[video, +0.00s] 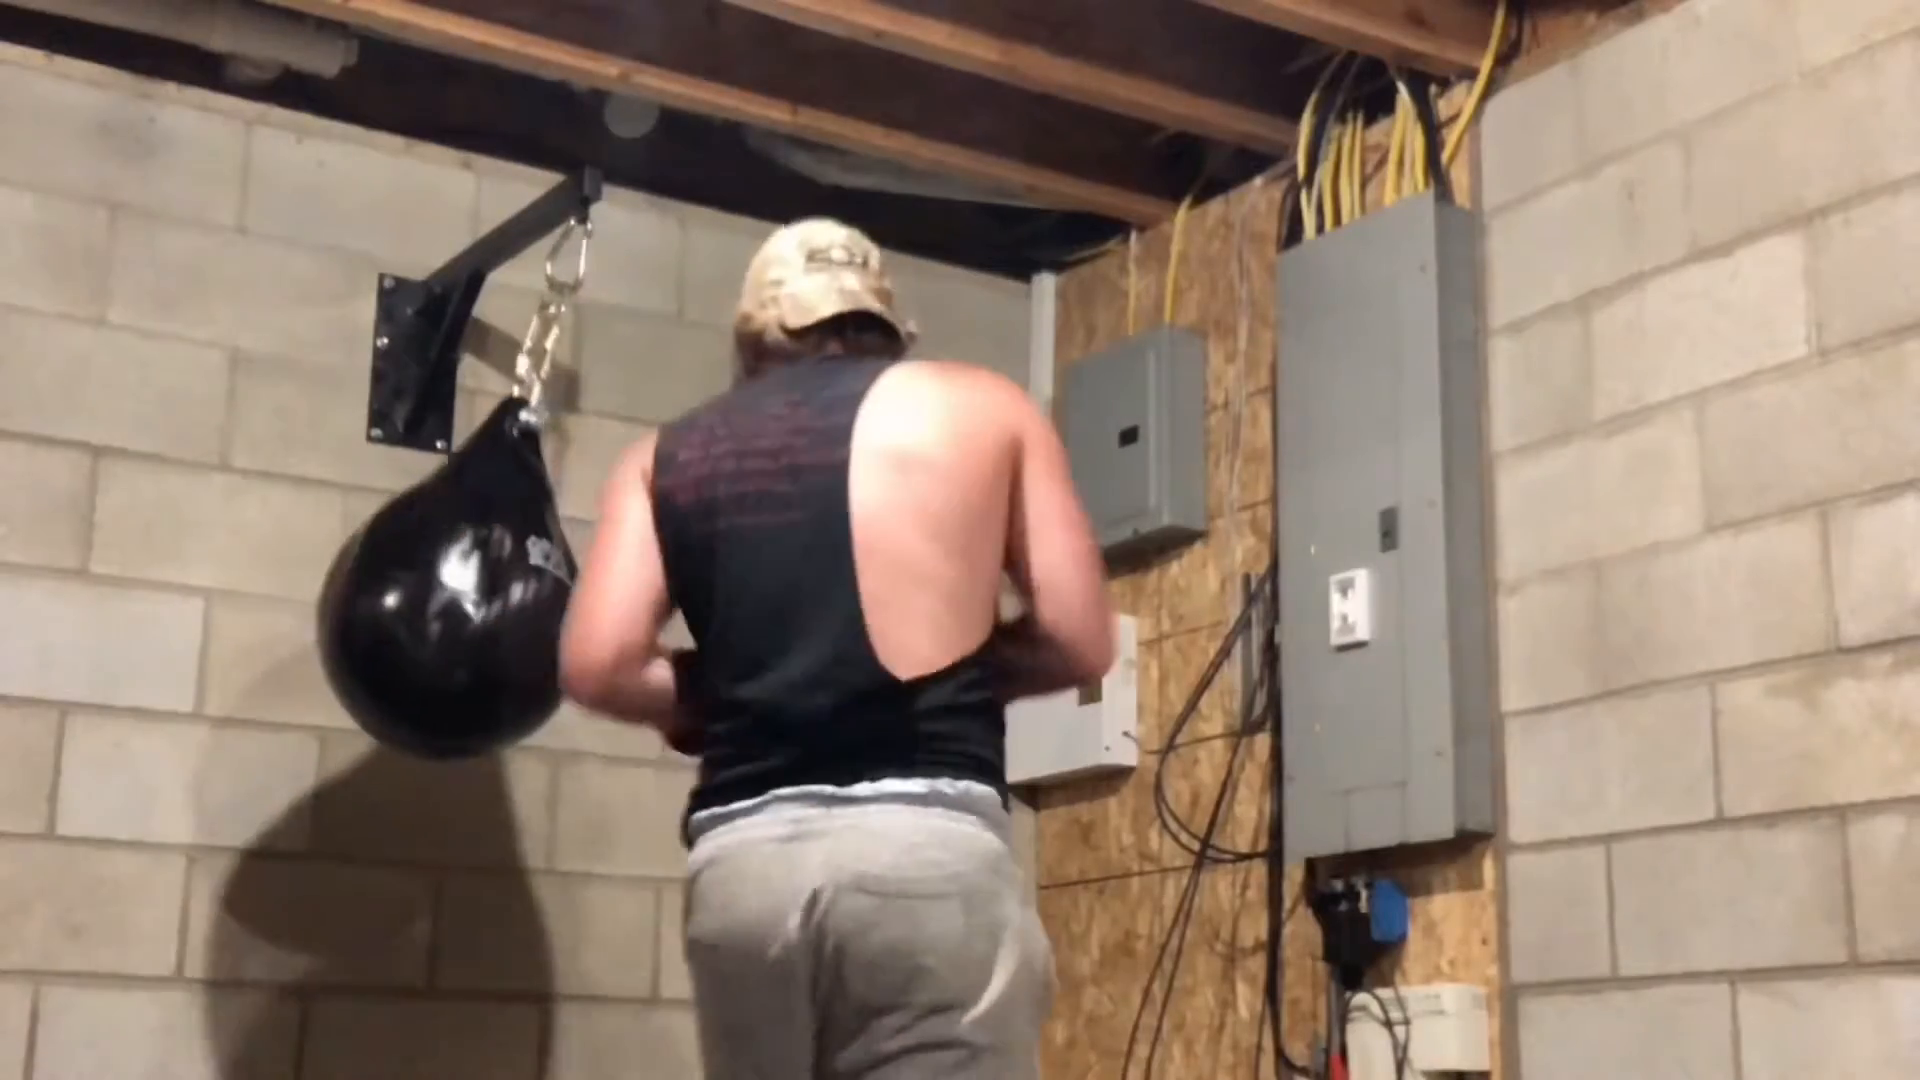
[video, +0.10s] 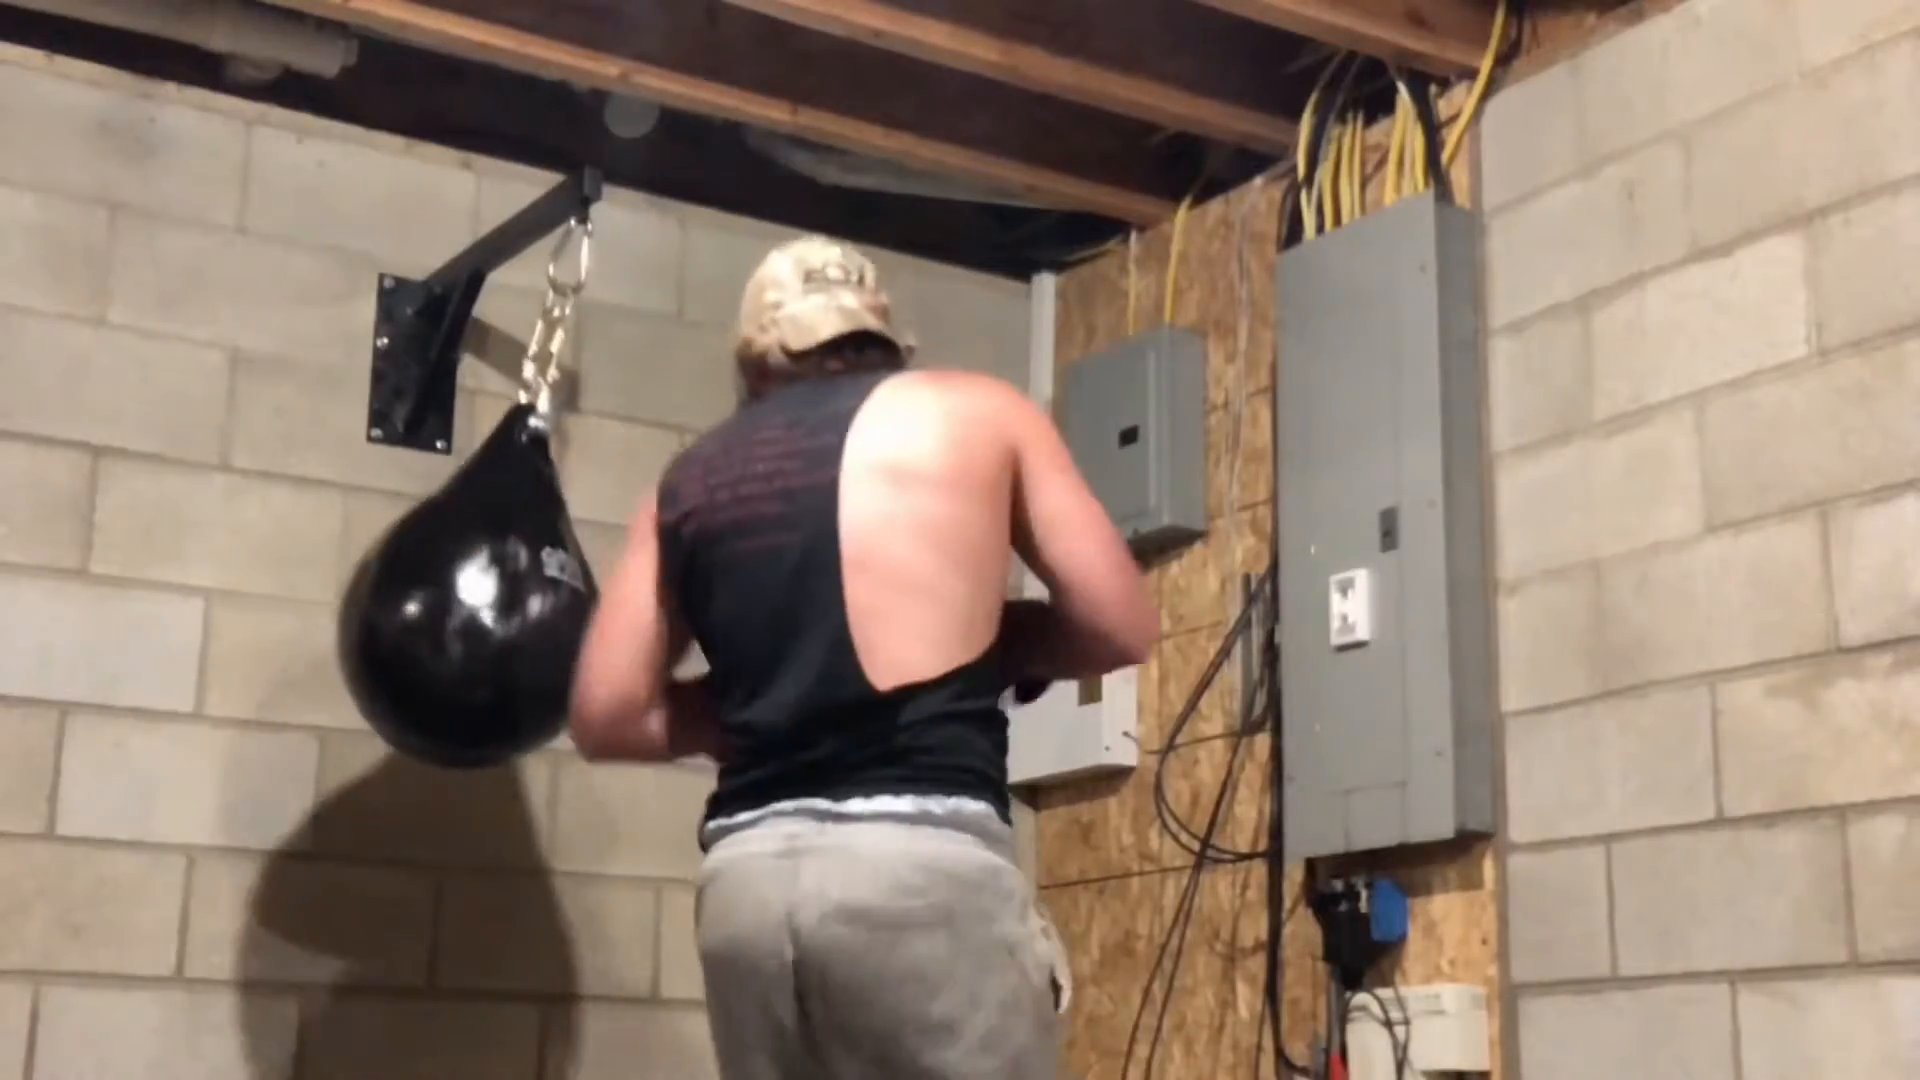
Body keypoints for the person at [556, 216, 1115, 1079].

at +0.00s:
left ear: (754, 333)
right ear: (888, 319)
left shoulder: (663, 455)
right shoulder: (992, 405)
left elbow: (596, 667)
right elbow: (1079, 647)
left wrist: (714, 698)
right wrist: (945, 670)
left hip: (743, 865)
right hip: (936, 853)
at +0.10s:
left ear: (751, 357)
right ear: (886, 330)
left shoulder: (684, 480)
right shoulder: (986, 409)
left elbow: (605, 720)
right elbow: (1123, 626)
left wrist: (745, 703)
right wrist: (995, 640)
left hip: (744, 887)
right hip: (929, 873)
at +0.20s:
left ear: (768, 363)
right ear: (898, 338)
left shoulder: (711, 482)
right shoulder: (993, 413)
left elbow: (642, 720)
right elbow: (1133, 632)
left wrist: (789, 652)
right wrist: (1016, 602)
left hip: (754, 896)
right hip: (934, 880)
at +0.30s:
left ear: (796, 348)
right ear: (928, 329)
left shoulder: (729, 461)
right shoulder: (1015, 412)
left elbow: (670, 697)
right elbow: (1134, 640)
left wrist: (799, 625)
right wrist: (1013, 558)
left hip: (774, 882)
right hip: (959, 866)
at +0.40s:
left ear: (827, 345)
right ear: (956, 334)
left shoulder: (746, 447)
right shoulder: (1053, 424)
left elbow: (681, 687)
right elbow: (1136, 667)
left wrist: (802, 600)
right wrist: (1029, 581)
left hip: (800, 874)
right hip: (992, 863)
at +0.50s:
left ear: (847, 359)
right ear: (975, 357)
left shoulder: (787, 442)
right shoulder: (1089, 461)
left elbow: (688, 675)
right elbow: (1134, 714)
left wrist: (798, 611)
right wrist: (1013, 635)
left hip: (825, 884)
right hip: (1025, 886)